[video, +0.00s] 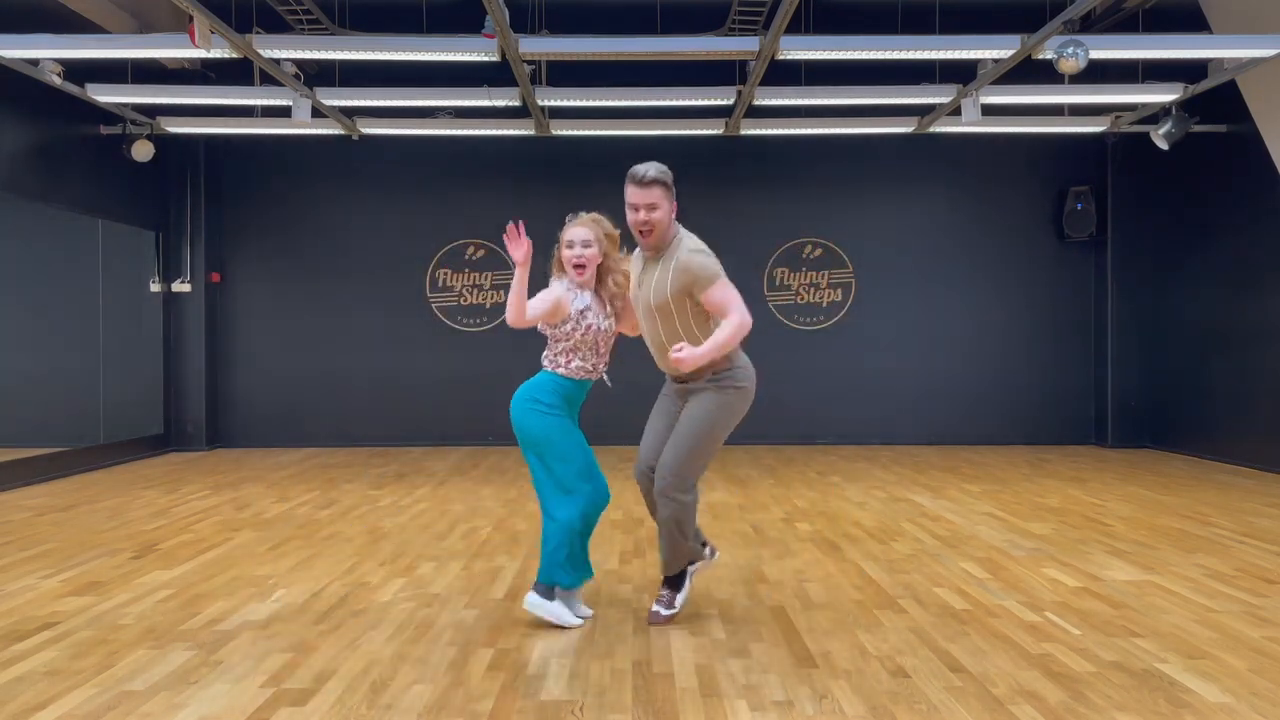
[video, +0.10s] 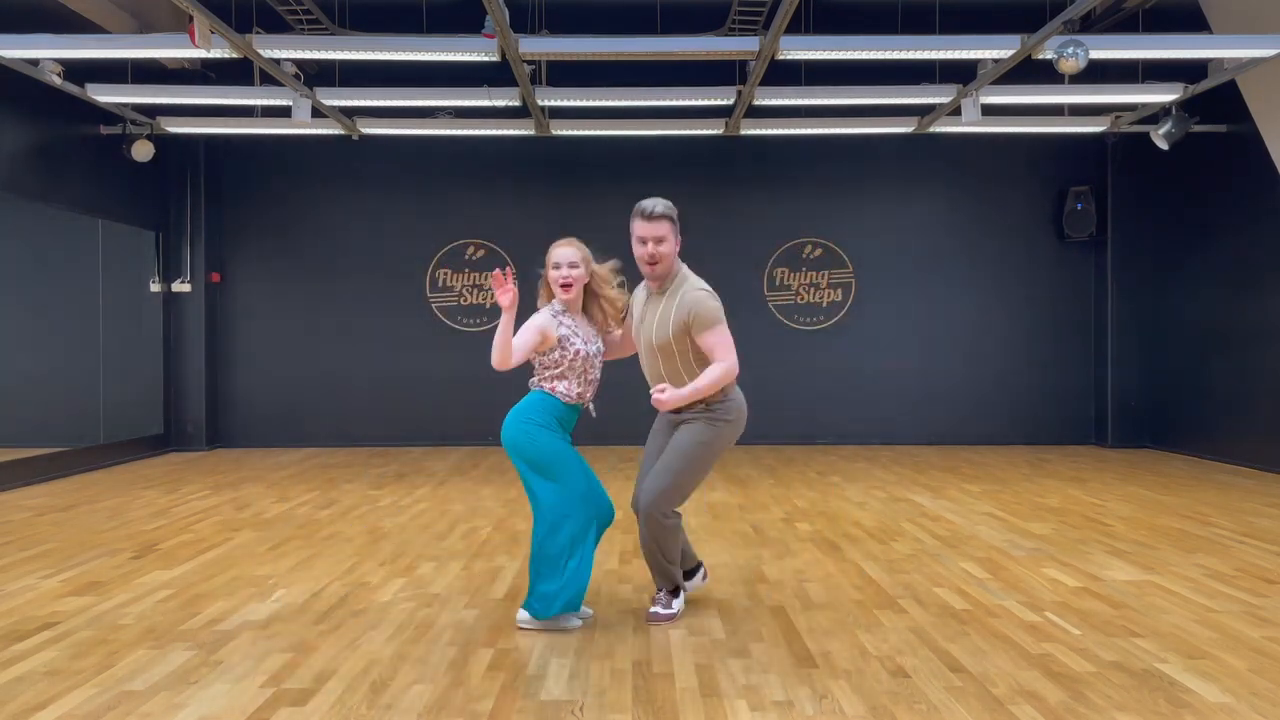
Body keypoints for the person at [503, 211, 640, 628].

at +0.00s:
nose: (579, 253)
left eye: (587, 245)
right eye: (570, 245)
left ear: (603, 253)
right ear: (561, 254)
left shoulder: (607, 300)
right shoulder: (559, 296)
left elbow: (634, 326)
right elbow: (517, 317)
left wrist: (672, 304)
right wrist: (522, 267)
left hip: (562, 406)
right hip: (541, 404)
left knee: (582, 493)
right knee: (589, 490)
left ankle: (564, 588)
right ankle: (546, 590)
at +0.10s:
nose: (565, 273)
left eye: (574, 265)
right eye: (557, 266)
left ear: (588, 274)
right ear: (548, 276)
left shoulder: (588, 324)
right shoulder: (545, 321)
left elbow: (621, 345)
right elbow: (502, 360)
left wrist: (653, 319)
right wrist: (508, 312)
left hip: (553, 427)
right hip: (534, 424)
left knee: (561, 512)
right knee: (593, 506)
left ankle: (553, 601)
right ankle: (544, 604)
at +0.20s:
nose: (551, 257)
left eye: (560, 249)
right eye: (543, 250)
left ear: (575, 256)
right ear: (534, 258)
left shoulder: (581, 305)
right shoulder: (530, 302)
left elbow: (612, 346)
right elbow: (492, 357)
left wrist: (645, 315)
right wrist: (494, 316)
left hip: (545, 413)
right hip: (522, 411)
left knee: (576, 499)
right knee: (579, 494)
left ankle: (551, 599)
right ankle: (540, 604)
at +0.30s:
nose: (542, 236)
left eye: (551, 229)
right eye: (534, 229)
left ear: (567, 235)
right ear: (523, 235)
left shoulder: (569, 283)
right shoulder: (517, 280)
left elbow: (595, 328)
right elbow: (489, 344)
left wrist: (641, 302)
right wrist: (490, 319)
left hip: (535, 392)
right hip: (504, 391)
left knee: (570, 474)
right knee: (561, 472)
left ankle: (541, 574)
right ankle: (535, 577)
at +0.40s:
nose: (534, 239)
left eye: (543, 232)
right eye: (524, 232)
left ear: (557, 238)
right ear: (511, 238)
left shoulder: (554, 288)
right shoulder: (507, 281)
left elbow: (568, 334)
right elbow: (498, 307)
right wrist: (499, 337)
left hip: (525, 393)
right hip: (488, 396)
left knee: (531, 480)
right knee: (561, 449)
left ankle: (513, 560)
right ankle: (531, 536)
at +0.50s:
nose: (528, 250)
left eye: (537, 243)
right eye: (519, 243)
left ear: (547, 251)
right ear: (503, 250)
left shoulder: (545, 298)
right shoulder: (498, 299)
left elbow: (563, 347)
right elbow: (503, 352)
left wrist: (578, 336)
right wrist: (520, 369)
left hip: (525, 410)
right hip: (486, 413)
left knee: (518, 495)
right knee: (546, 475)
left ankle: (501, 578)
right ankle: (520, 574)